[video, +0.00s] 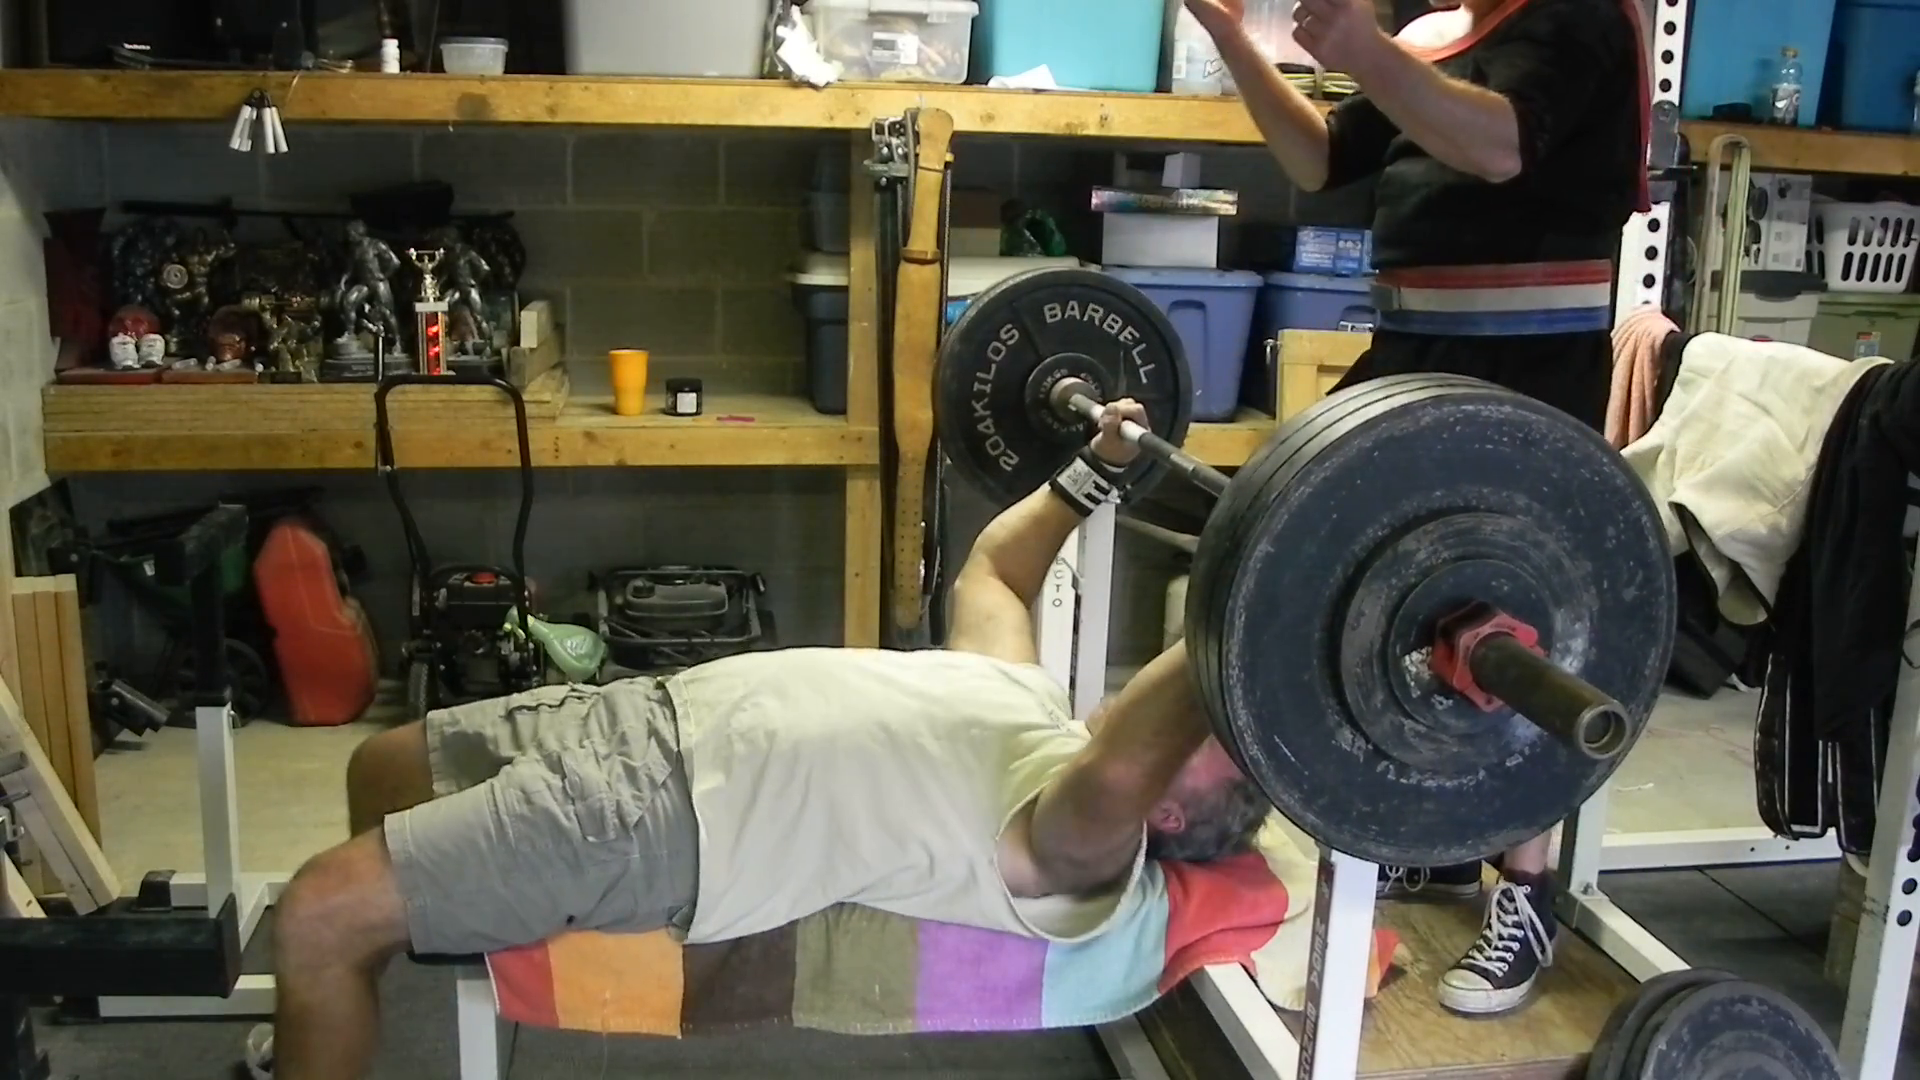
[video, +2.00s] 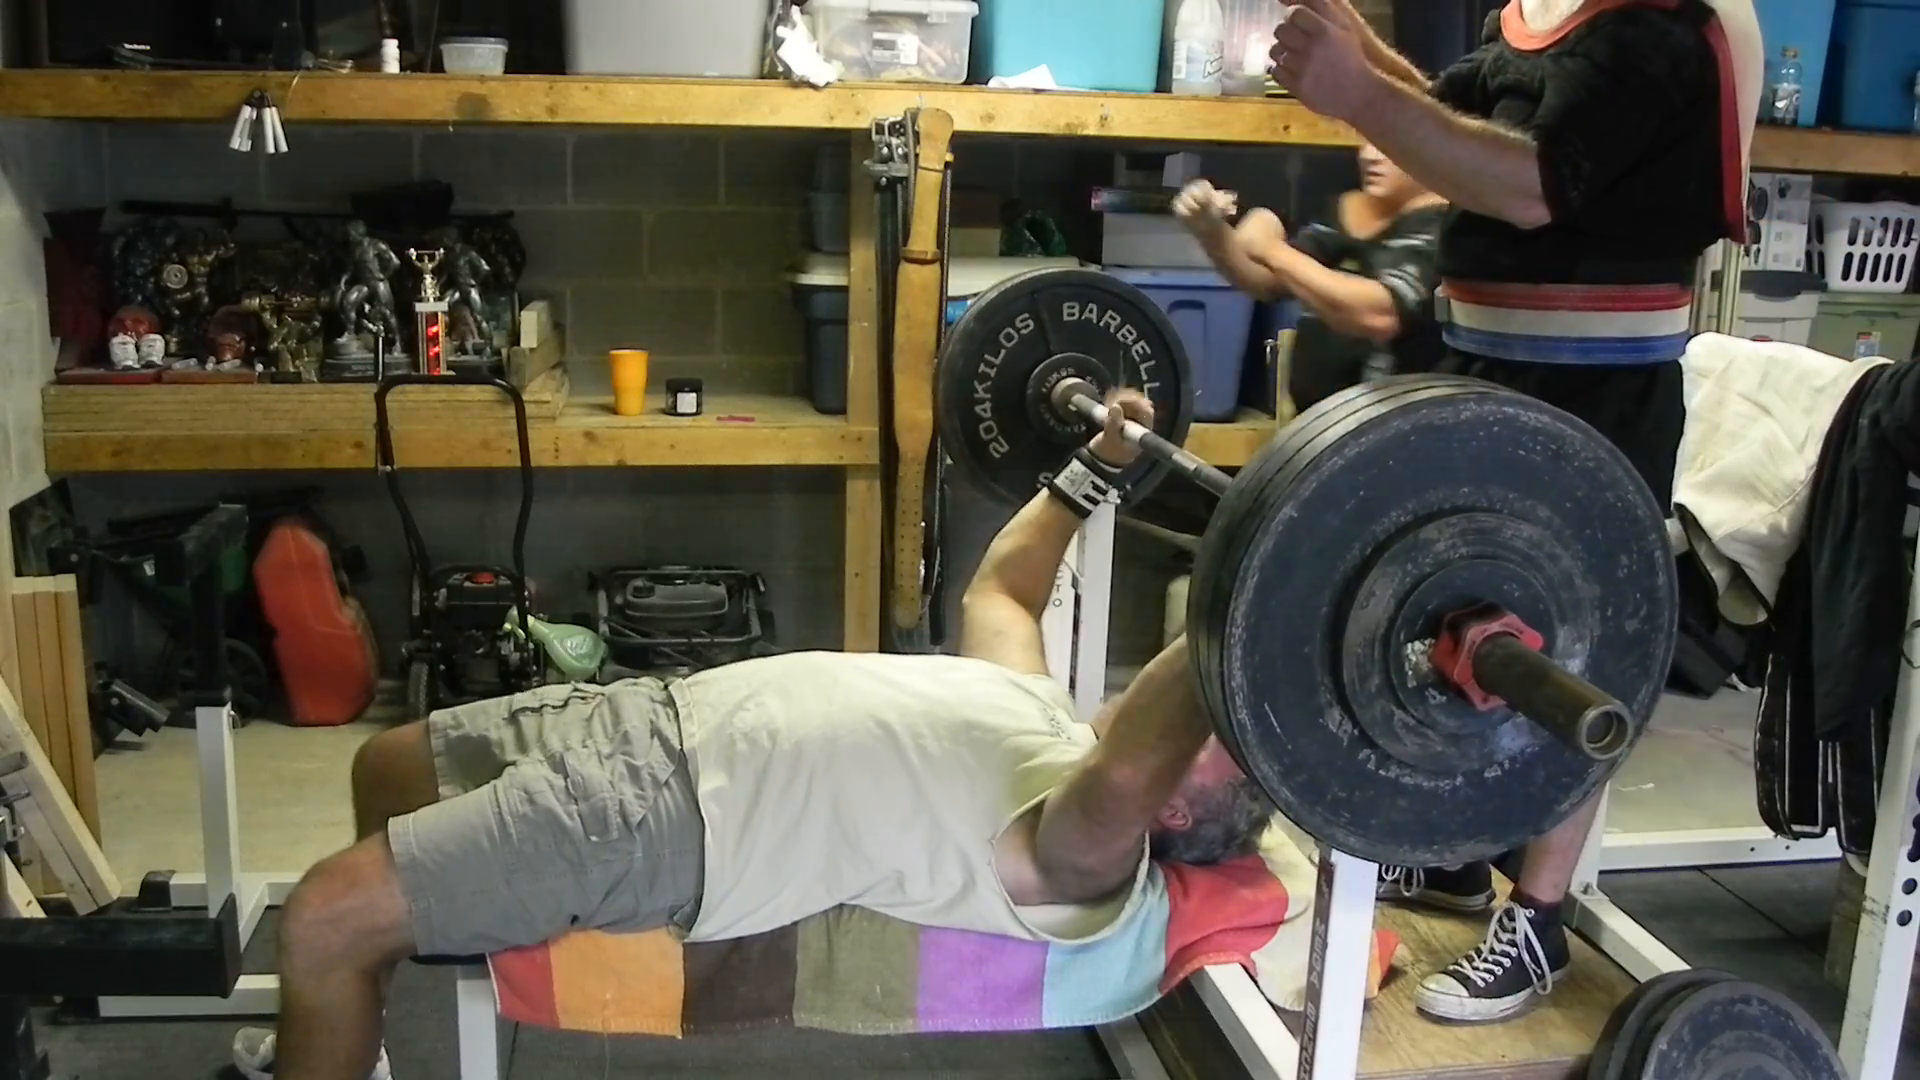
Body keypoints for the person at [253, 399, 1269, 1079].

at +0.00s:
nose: (1185, 731)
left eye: (1218, 745)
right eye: (1202, 716)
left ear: (1206, 810)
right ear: (1173, 719)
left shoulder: (1074, 851)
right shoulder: (1017, 702)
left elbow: (1125, 761)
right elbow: (999, 570)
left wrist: (1250, 623)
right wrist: (1086, 472)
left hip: (656, 821)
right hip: (635, 709)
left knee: (320, 914)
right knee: (384, 768)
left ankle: (318, 1062)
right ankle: (424, 951)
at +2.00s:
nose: (1191, 734)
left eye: (1220, 744)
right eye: (1207, 720)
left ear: (1214, 801)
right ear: (1184, 736)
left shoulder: (1080, 853)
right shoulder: (1026, 714)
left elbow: (1143, 753)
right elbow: (1008, 588)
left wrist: (1258, 608)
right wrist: (1091, 469)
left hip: (667, 818)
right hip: (648, 709)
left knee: (325, 921)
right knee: (386, 766)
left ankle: (331, 1065)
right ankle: (407, 991)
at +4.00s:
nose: (1181, 727)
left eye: (1207, 742)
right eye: (1203, 723)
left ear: (1202, 812)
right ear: (1187, 729)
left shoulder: (1078, 865)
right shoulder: (1043, 716)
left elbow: (1143, 754)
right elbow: (1013, 585)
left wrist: (1275, 596)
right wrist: (1104, 464)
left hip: (662, 817)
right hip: (648, 712)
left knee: (323, 922)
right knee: (391, 762)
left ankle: (332, 1064)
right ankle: (374, 1016)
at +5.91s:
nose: (1174, 722)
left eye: (1201, 741)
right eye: (1197, 723)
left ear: (1189, 815)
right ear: (1180, 740)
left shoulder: (1086, 872)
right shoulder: (1054, 723)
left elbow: (1145, 760)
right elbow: (1017, 589)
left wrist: (1270, 625)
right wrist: (1099, 482)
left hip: (666, 815)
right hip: (655, 714)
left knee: (323, 917)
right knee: (391, 767)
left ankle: (335, 1061)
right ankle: (382, 1009)